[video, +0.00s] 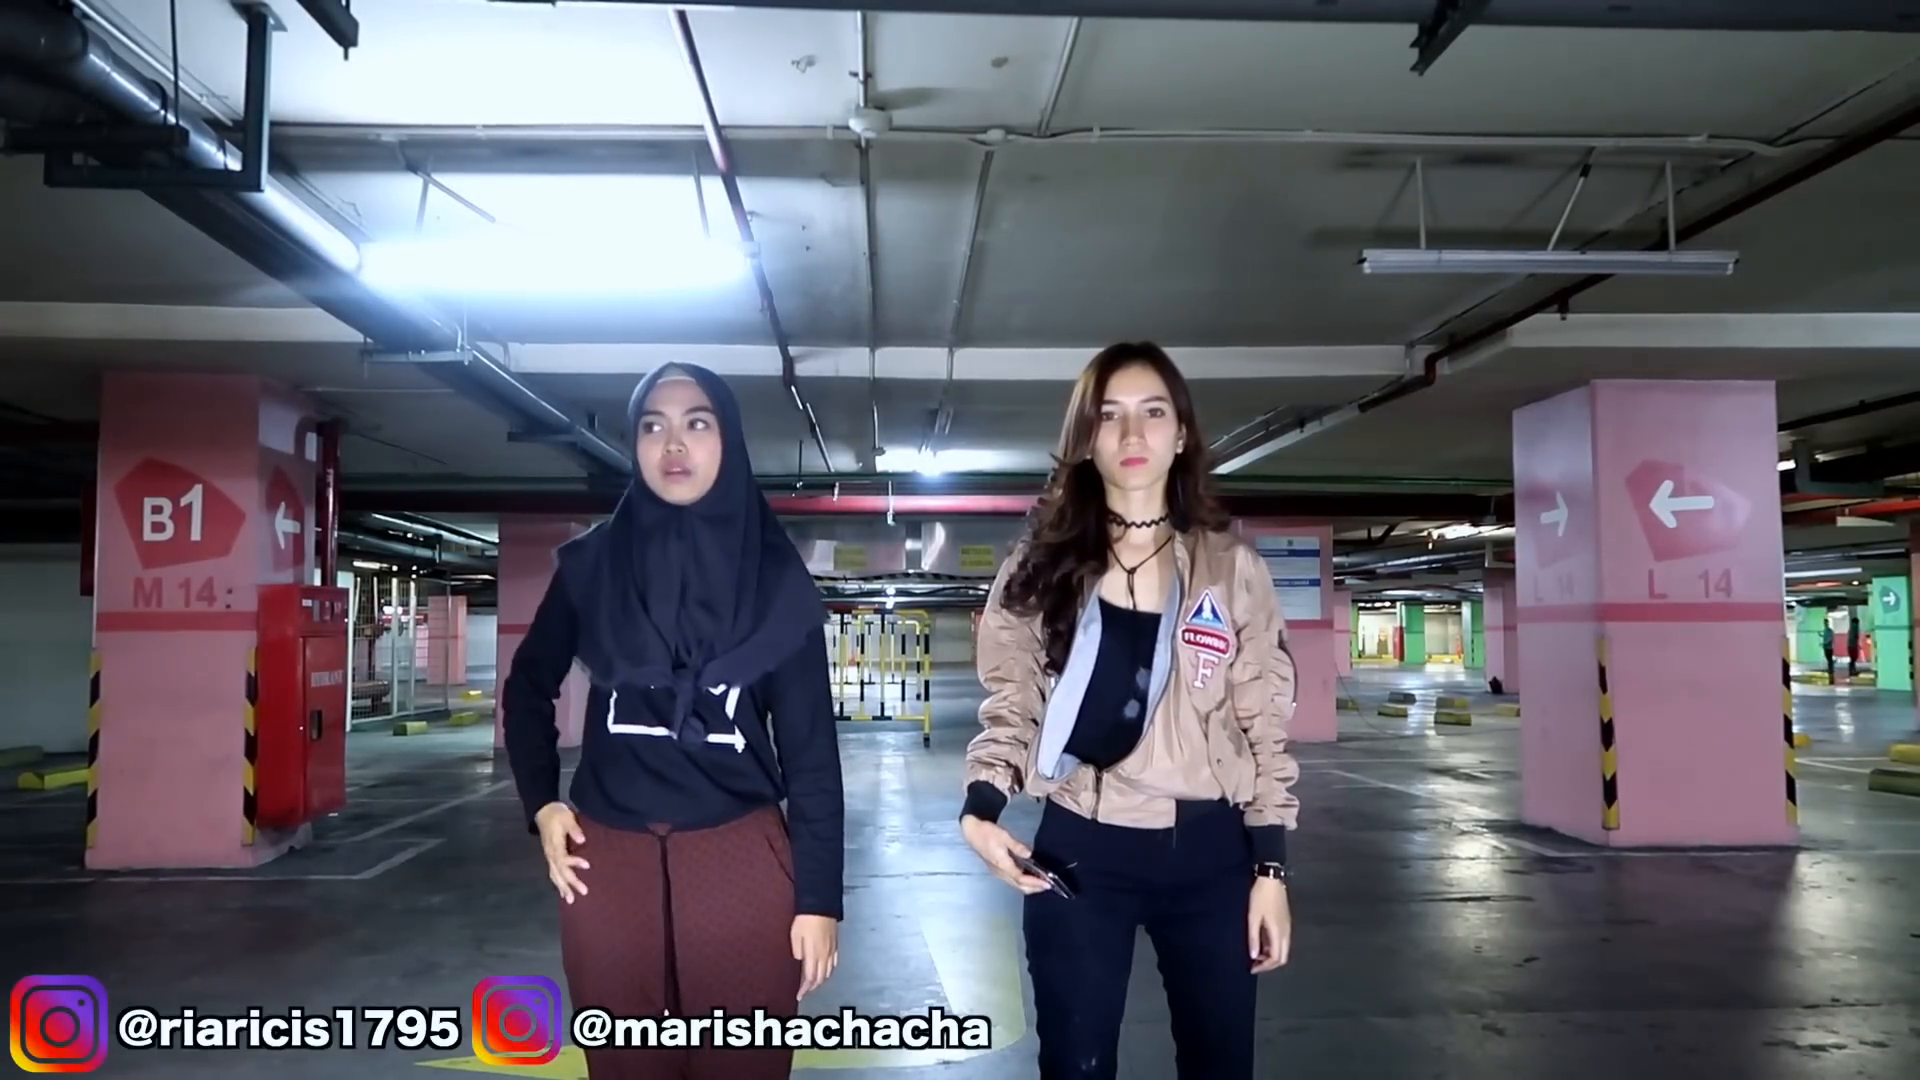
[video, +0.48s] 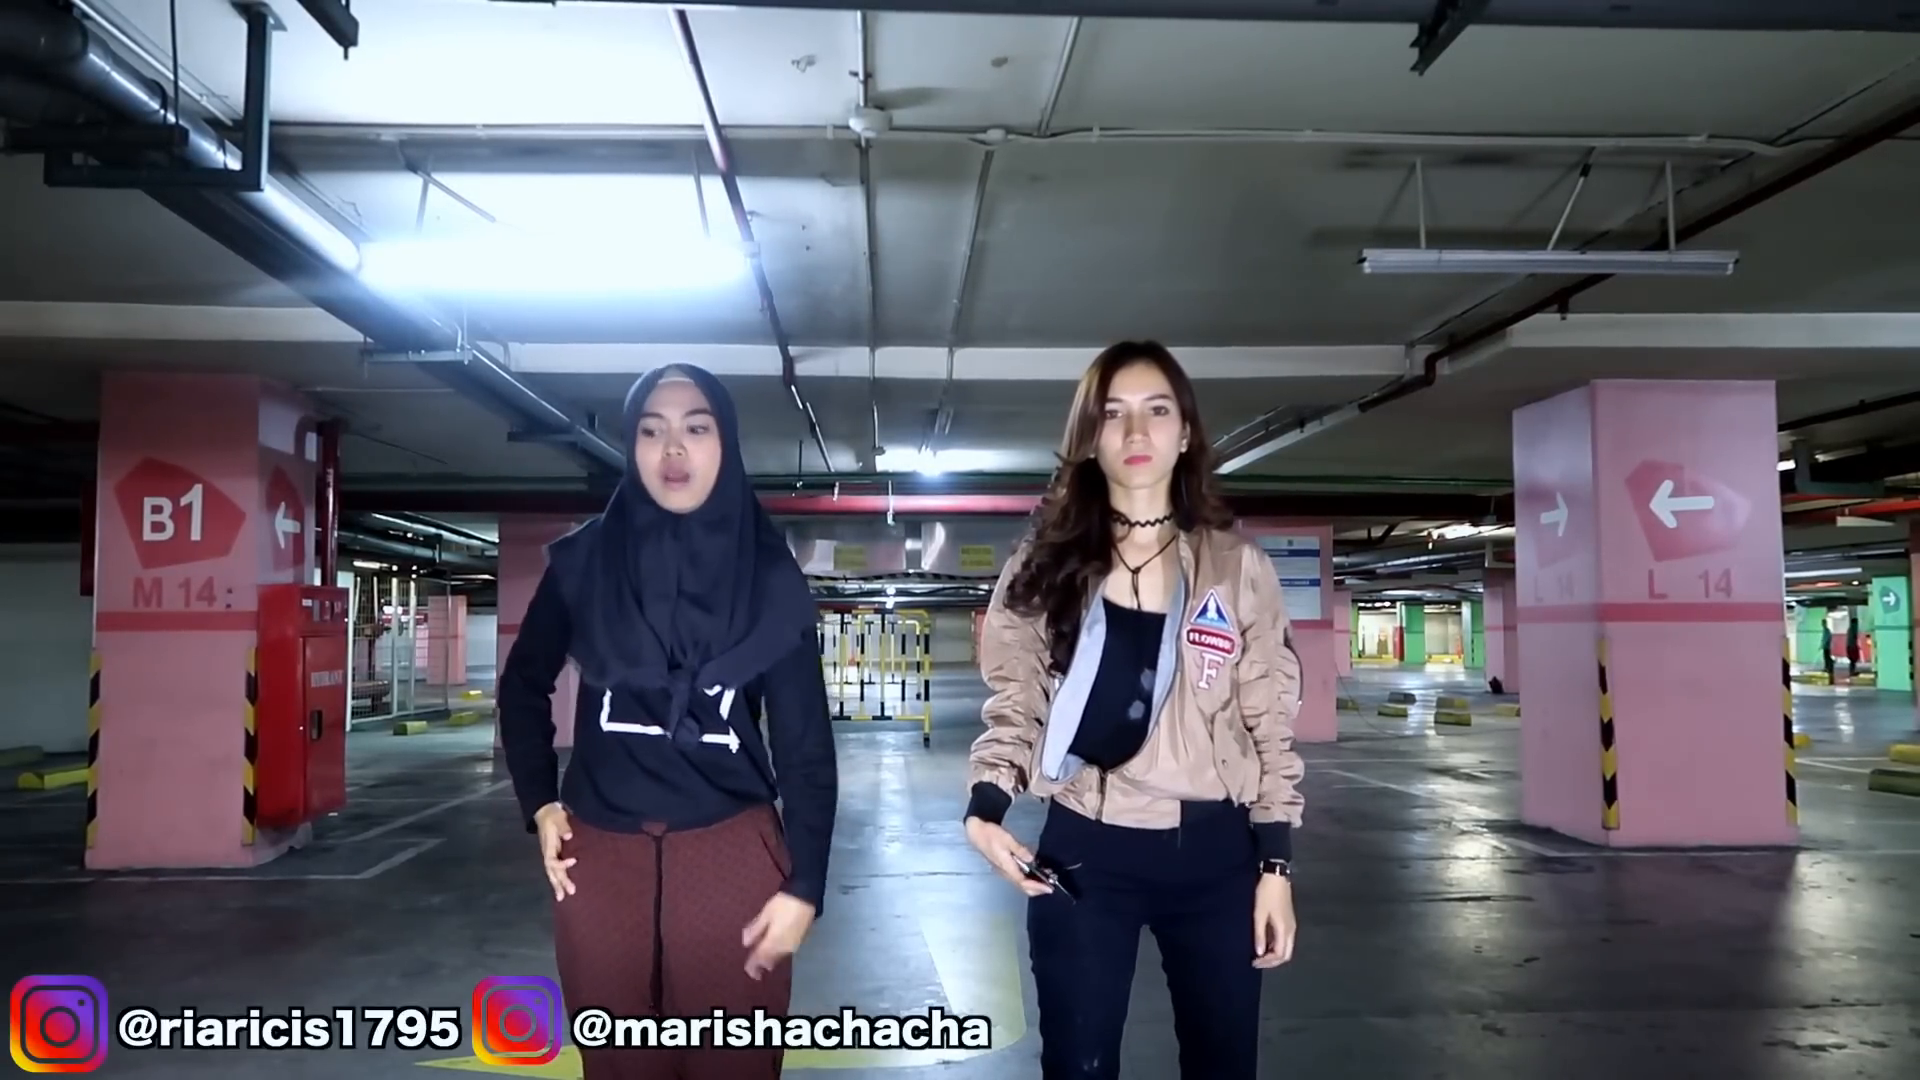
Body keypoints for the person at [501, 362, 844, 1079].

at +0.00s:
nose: (674, 444)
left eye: (697, 424)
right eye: (654, 426)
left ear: (730, 443)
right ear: (635, 447)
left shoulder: (772, 572)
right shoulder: (592, 565)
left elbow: (811, 747)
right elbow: (528, 686)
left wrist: (819, 899)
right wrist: (542, 804)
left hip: (740, 858)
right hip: (608, 861)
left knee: (746, 1063)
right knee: (622, 1065)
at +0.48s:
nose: (673, 449)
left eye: (696, 428)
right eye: (653, 429)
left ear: (727, 445)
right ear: (632, 448)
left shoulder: (765, 570)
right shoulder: (583, 561)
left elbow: (807, 743)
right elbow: (522, 686)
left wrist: (806, 886)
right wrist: (541, 803)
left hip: (731, 850)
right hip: (600, 854)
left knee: (733, 1063)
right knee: (613, 1062)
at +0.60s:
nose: (692, 479)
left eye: (714, 455)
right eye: (671, 456)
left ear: (747, 466)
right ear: (648, 465)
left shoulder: (773, 574)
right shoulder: (593, 552)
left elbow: (767, 763)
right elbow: (546, 687)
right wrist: (544, 809)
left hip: (725, 856)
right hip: (594, 854)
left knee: (736, 1066)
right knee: (606, 1066)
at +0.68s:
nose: (707, 527)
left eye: (731, 501)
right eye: (685, 503)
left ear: (766, 504)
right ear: (661, 506)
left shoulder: (775, 619)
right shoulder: (611, 572)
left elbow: (702, 785)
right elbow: (567, 703)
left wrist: (753, 657)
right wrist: (547, 823)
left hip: (710, 873)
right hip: (583, 860)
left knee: (751, 1069)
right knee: (557, 1064)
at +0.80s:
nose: (712, 549)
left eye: (739, 528)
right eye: (692, 522)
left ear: (768, 537)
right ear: (666, 520)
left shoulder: (754, 646)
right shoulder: (607, 567)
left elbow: (623, 795)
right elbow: (573, 682)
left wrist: (702, 736)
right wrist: (568, 737)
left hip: (680, 844)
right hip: (569, 828)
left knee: (713, 1065)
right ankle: (532, 1067)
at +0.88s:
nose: (708, 524)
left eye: (734, 504)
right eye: (688, 497)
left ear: (763, 511)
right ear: (659, 494)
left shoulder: (754, 628)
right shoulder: (601, 533)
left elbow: (593, 758)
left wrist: (699, 675)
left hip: (651, 817)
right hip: (530, 799)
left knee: (677, 1054)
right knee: (498, 1033)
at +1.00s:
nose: (701, 530)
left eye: (728, 513)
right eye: (682, 500)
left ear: (748, 527)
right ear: (644, 490)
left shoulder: (714, 628)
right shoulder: (565, 539)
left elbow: (566, 758)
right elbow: (500, 652)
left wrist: (662, 639)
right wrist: (452, 713)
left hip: (633, 870)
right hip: (505, 861)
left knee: (647, 1067)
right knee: (460, 1065)